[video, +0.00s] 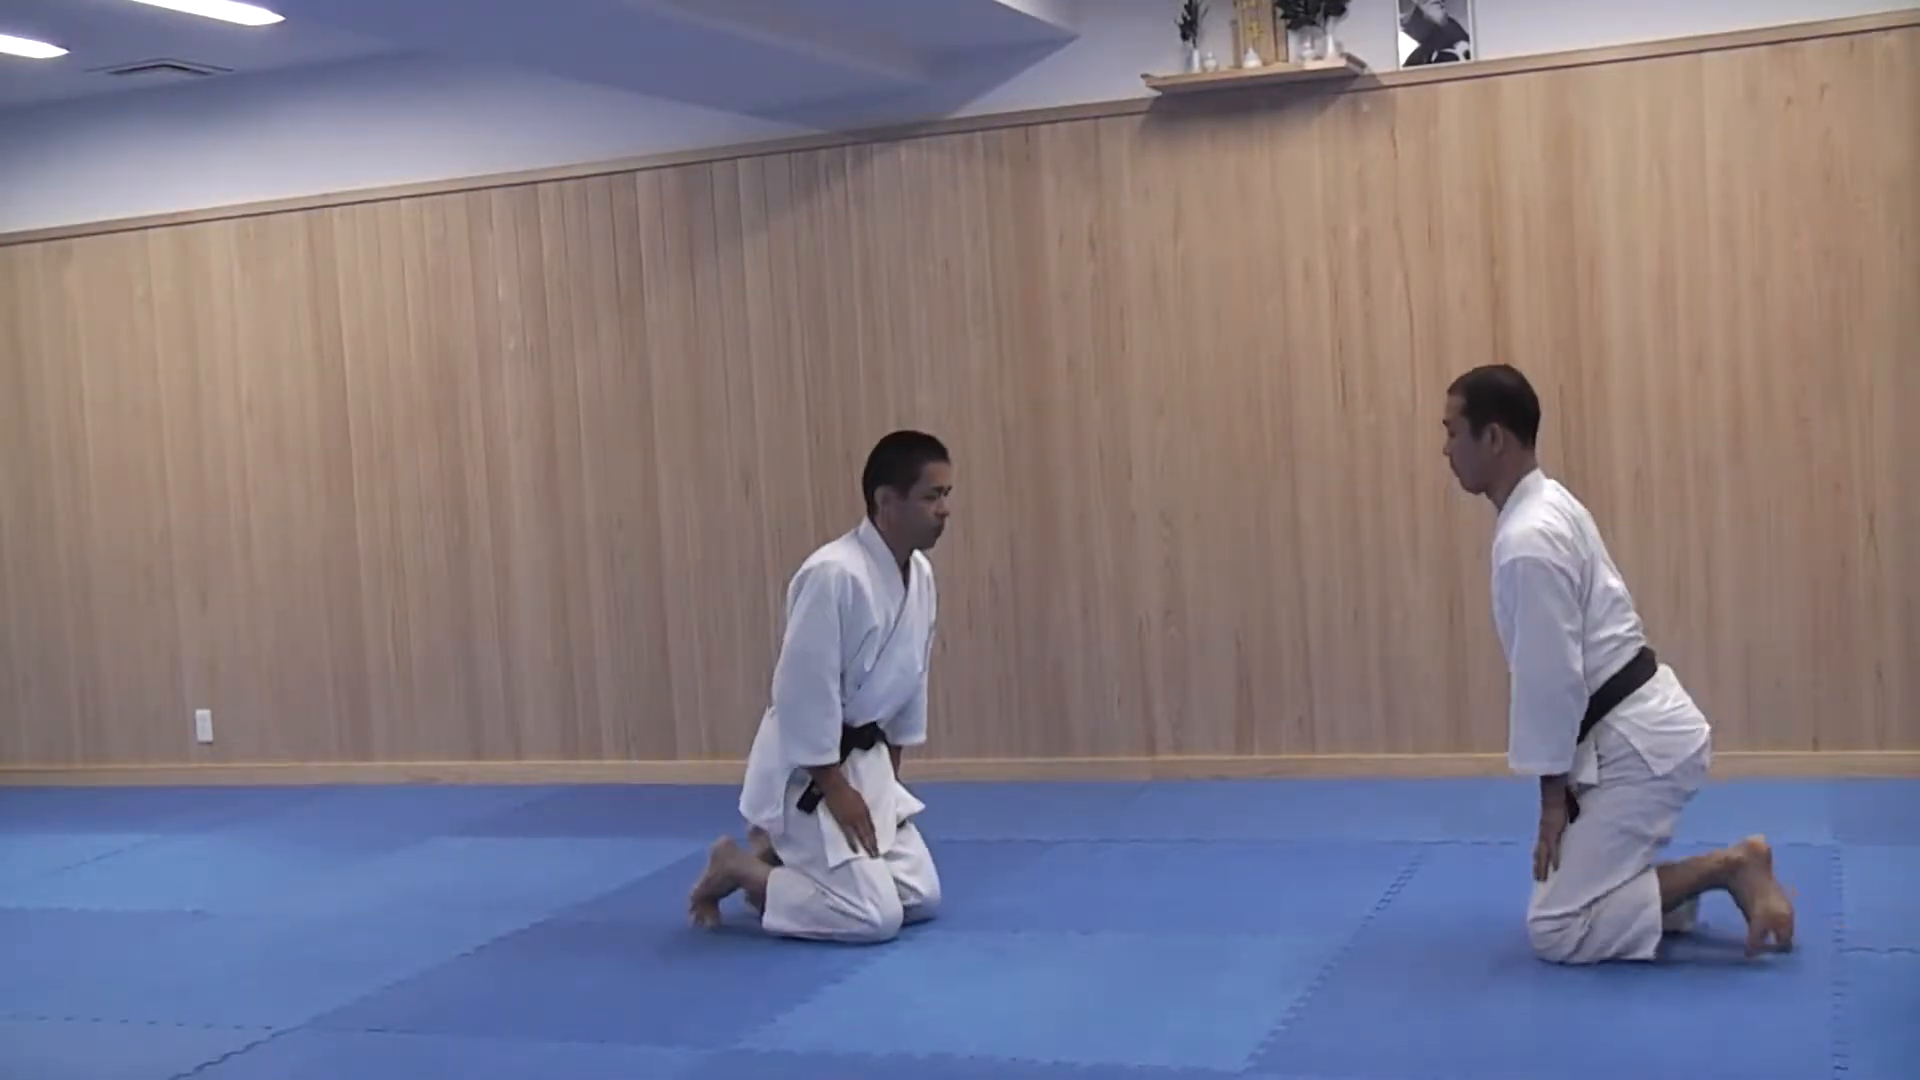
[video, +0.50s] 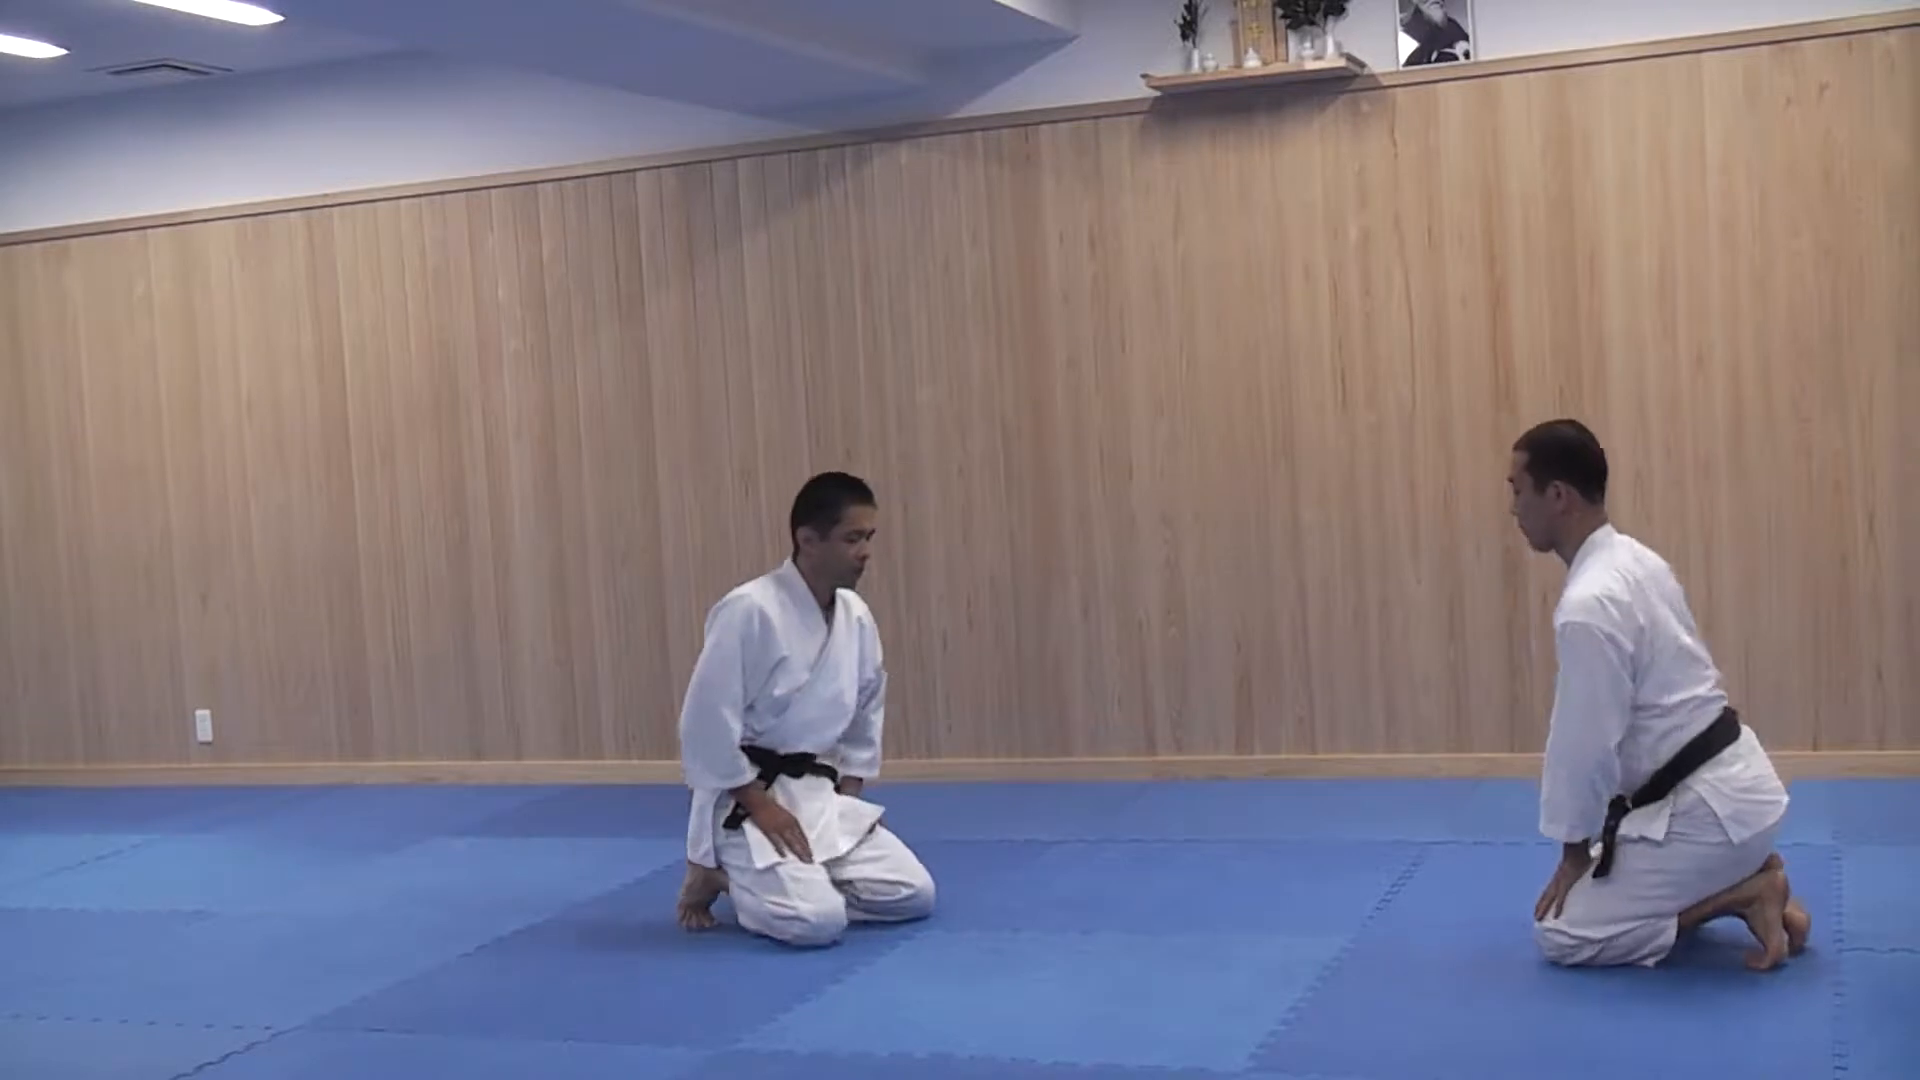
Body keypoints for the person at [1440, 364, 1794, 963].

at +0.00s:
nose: (1445, 449)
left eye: (1453, 432)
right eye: (1445, 432)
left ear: (1494, 439)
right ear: (1498, 440)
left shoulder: (1528, 539)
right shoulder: (1549, 505)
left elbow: (1551, 680)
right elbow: (1565, 664)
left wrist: (1552, 798)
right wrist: (1561, 789)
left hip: (1642, 746)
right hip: (1649, 730)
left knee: (1559, 930)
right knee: (1571, 897)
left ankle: (1728, 867)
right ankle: (1717, 873)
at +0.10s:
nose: (1447, 456)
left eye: (1455, 439)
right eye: (1448, 439)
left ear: (1497, 447)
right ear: (1500, 447)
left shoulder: (1531, 547)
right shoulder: (1550, 512)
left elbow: (1554, 689)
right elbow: (1565, 675)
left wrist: (1556, 805)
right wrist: (1564, 795)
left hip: (1650, 752)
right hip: (1659, 736)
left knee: (1562, 930)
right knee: (1582, 895)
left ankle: (1736, 882)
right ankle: (1730, 868)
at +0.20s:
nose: (1451, 471)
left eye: (1458, 454)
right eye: (1451, 454)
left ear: (1500, 460)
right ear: (1505, 460)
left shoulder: (1540, 557)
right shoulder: (1556, 524)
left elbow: (1563, 697)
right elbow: (1571, 685)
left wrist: (1564, 811)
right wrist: (1571, 797)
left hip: (1662, 762)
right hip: (1675, 744)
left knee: (1564, 932)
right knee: (1587, 888)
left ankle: (1739, 883)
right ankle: (1731, 867)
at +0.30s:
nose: (1464, 485)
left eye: (1471, 468)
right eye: (1465, 469)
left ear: (1513, 473)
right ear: (1517, 473)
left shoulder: (1557, 569)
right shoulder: (1570, 537)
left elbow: (1575, 709)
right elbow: (1579, 700)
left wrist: (1570, 824)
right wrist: (1576, 813)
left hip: (1677, 777)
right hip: (1687, 761)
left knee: (1563, 933)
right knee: (1585, 902)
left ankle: (1736, 887)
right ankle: (1732, 873)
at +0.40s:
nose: (1486, 497)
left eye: (1492, 481)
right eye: (1486, 481)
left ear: (1533, 486)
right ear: (1536, 487)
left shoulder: (1574, 587)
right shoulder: (1595, 550)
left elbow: (1581, 730)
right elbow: (1591, 715)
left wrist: (1574, 843)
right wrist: (1577, 835)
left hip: (1697, 795)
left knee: (1563, 935)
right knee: (1567, 913)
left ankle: (1738, 890)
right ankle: (1739, 876)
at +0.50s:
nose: (1513, 508)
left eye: (1517, 491)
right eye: (1513, 491)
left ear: (1558, 496)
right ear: (1562, 496)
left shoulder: (1590, 603)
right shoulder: (1634, 560)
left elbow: (1585, 742)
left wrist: (1573, 853)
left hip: (1710, 814)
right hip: (1736, 791)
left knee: (1565, 938)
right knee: (1578, 910)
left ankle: (1741, 892)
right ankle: (1747, 882)